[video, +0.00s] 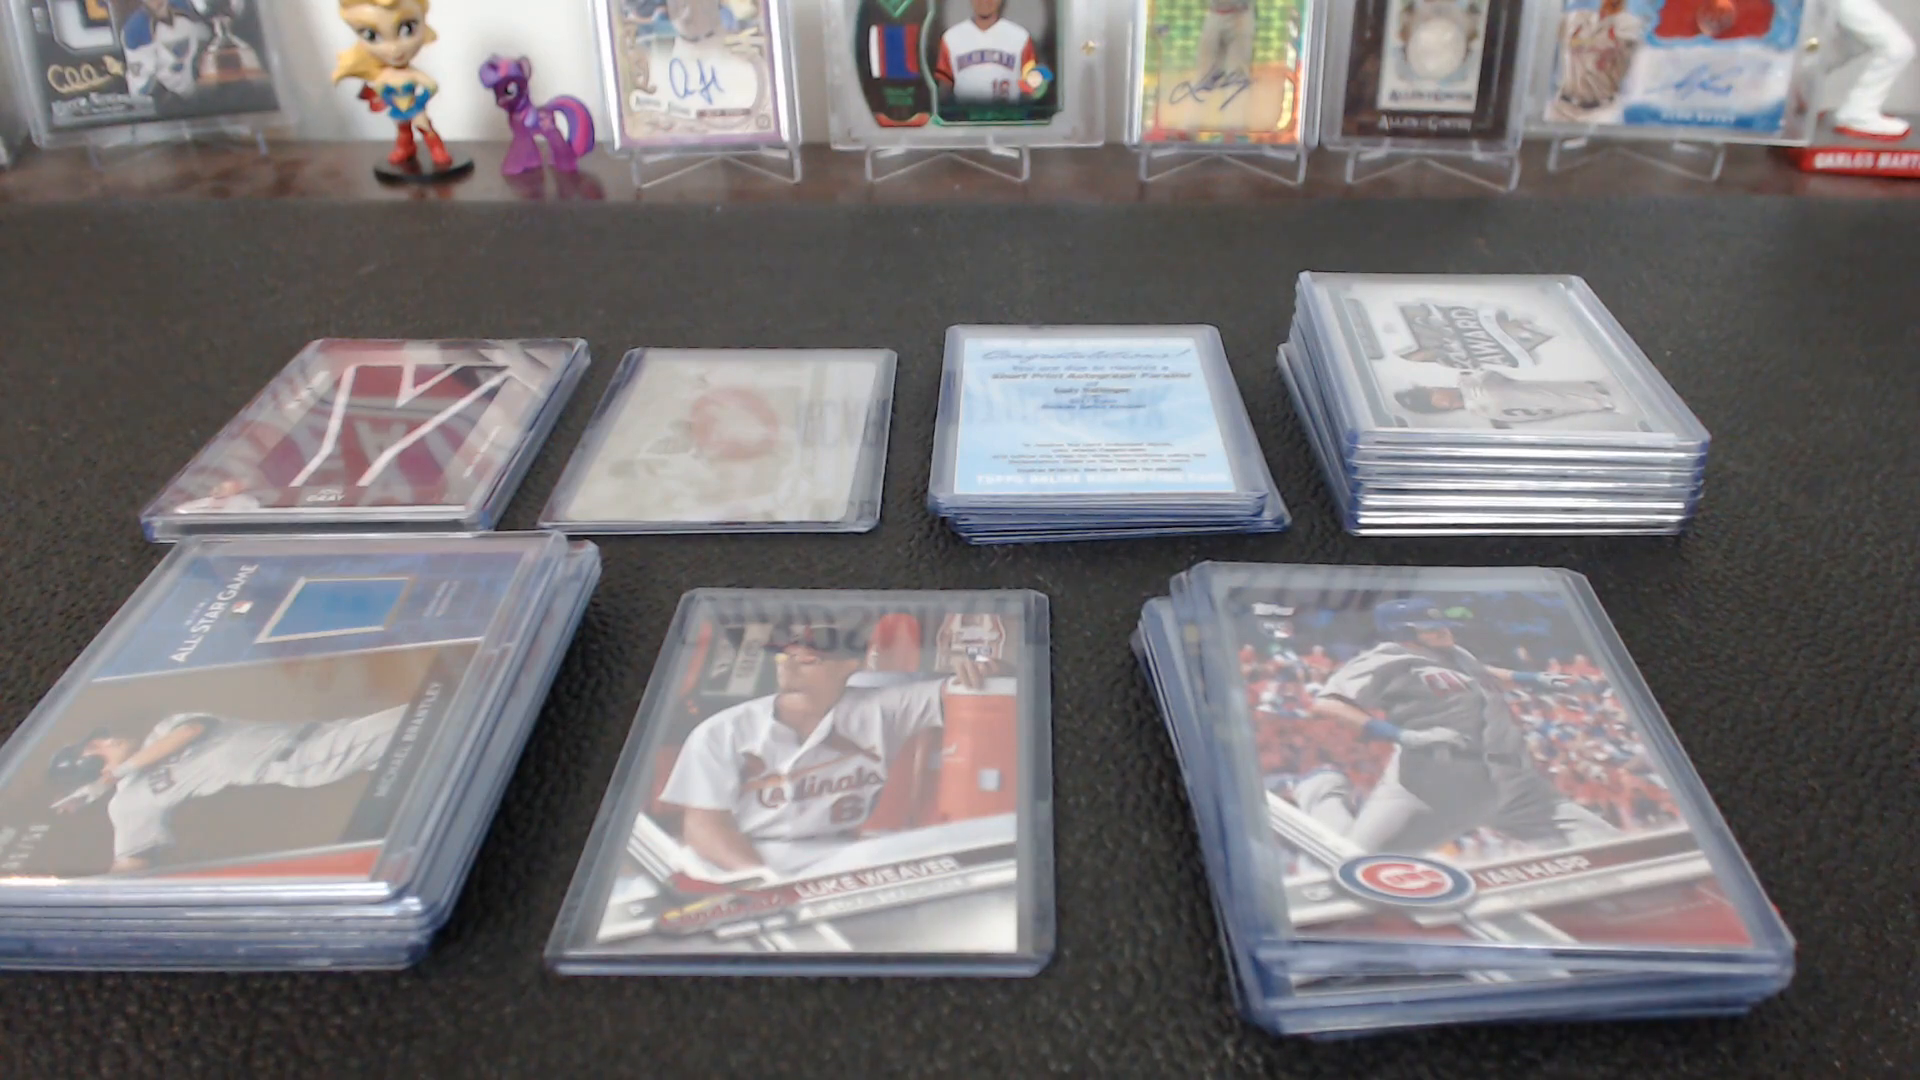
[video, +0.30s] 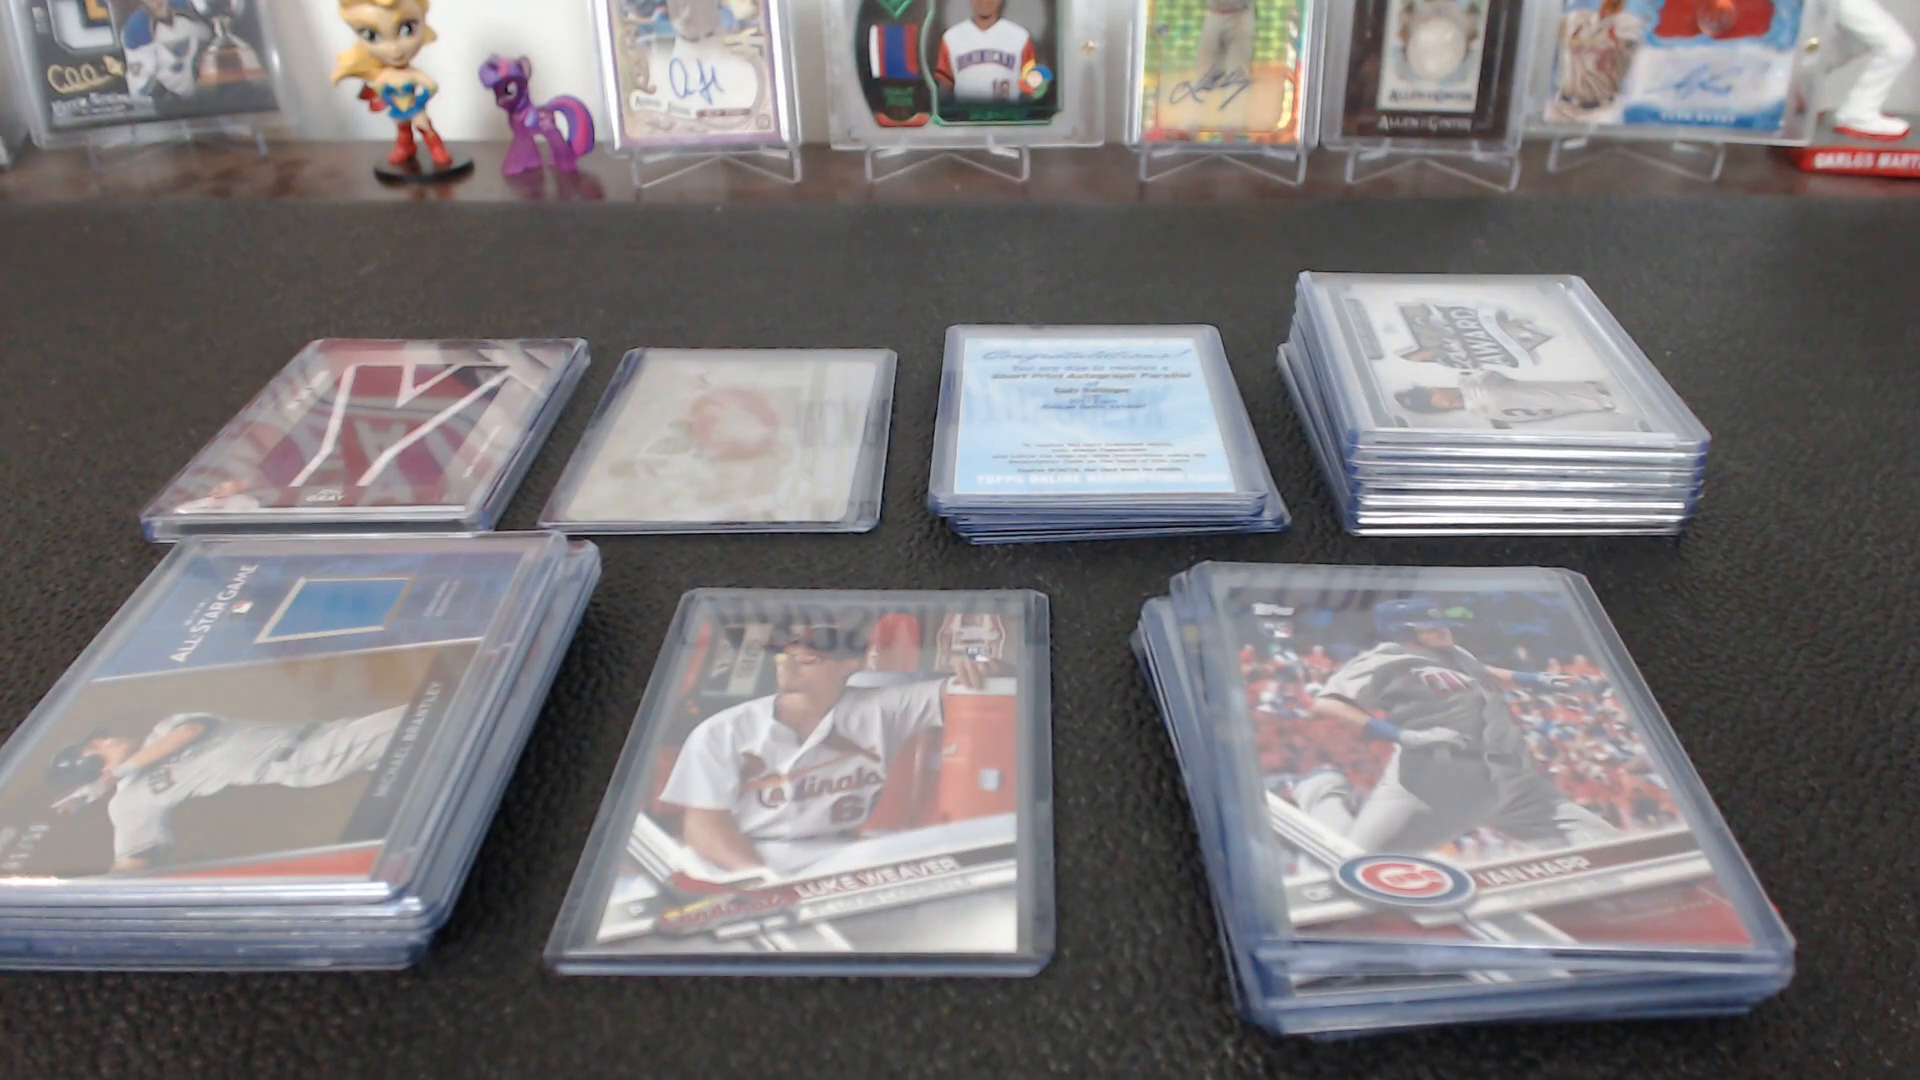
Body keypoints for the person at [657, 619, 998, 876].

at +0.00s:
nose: (798, 656)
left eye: (819, 647)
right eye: (789, 644)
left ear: (852, 662)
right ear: (776, 655)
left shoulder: (878, 714)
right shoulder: (720, 735)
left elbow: (962, 688)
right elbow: (702, 828)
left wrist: (977, 667)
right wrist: (766, 883)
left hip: (831, 873)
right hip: (730, 875)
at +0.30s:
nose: (795, 657)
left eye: (816, 647)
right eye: (787, 644)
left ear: (854, 662)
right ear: (776, 654)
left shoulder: (876, 714)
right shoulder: (720, 735)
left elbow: (960, 690)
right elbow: (703, 830)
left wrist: (973, 670)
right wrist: (768, 884)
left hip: (828, 871)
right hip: (728, 875)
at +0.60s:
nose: (794, 656)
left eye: (816, 647)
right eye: (787, 644)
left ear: (854, 662)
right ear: (776, 654)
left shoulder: (876, 714)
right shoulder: (720, 735)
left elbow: (958, 691)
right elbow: (703, 829)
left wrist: (973, 671)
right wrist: (768, 884)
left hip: (829, 871)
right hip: (729, 875)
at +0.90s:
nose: (795, 655)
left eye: (817, 646)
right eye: (788, 643)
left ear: (853, 662)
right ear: (776, 654)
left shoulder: (876, 714)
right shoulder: (720, 735)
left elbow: (960, 690)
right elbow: (703, 829)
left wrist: (974, 669)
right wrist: (767, 884)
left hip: (829, 870)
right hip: (730, 873)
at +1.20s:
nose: (795, 655)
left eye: (817, 646)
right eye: (788, 643)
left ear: (853, 662)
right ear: (776, 654)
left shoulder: (876, 714)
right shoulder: (720, 735)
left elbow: (959, 690)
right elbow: (703, 829)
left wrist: (974, 669)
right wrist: (768, 884)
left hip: (829, 869)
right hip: (730, 873)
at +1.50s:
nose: (798, 655)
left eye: (820, 645)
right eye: (789, 643)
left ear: (853, 660)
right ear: (776, 654)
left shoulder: (877, 712)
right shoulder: (720, 735)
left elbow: (962, 689)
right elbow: (703, 829)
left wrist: (975, 670)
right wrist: (767, 883)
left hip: (828, 866)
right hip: (731, 870)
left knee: (891, 850)